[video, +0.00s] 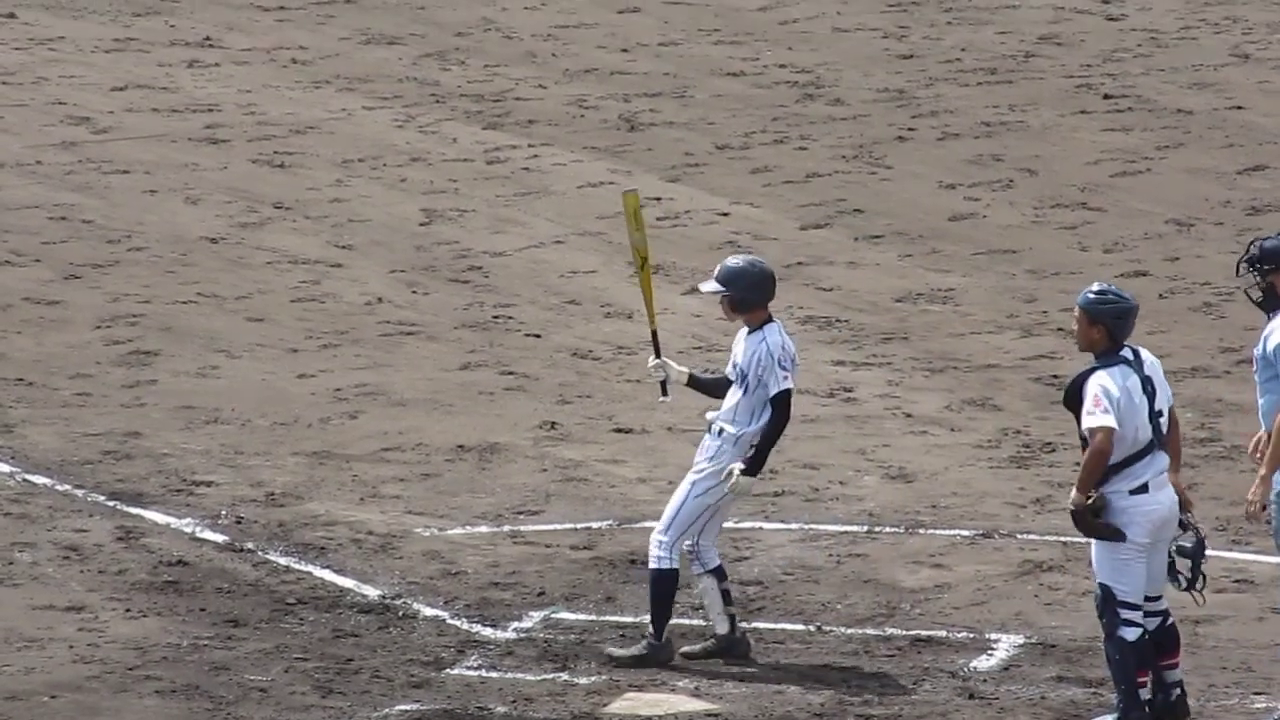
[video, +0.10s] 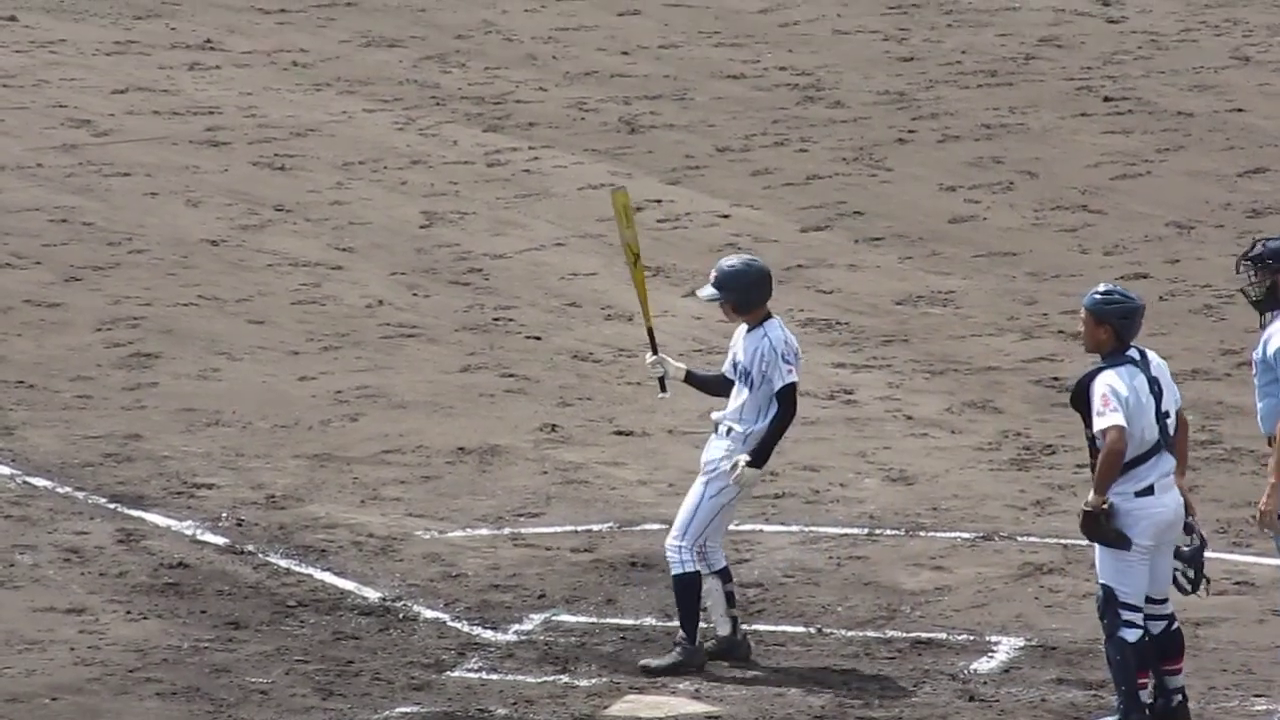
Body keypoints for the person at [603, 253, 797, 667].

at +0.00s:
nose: (719, 302)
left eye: (724, 296)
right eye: (720, 294)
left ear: (742, 299)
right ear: (755, 297)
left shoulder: (770, 345)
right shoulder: (749, 334)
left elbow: (781, 412)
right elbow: (728, 387)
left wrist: (753, 462)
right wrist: (681, 375)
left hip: (726, 456)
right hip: (721, 451)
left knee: (665, 541)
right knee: (701, 546)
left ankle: (656, 641)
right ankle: (728, 636)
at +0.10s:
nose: (719, 307)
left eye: (723, 300)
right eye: (719, 300)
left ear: (742, 300)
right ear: (751, 299)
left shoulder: (774, 341)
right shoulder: (748, 331)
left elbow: (787, 408)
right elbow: (728, 384)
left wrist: (755, 457)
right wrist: (678, 371)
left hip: (734, 455)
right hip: (723, 447)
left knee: (680, 546)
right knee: (706, 545)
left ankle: (688, 647)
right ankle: (730, 636)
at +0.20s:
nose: (723, 317)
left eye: (726, 310)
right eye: (721, 310)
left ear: (744, 307)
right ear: (742, 305)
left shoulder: (778, 339)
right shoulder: (743, 333)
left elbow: (796, 403)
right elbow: (723, 384)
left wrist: (769, 459)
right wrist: (676, 369)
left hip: (746, 454)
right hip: (725, 447)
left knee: (704, 548)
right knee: (707, 544)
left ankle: (729, 645)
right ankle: (727, 634)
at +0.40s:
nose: (728, 329)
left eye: (733, 322)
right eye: (724, 322)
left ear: (754, 315)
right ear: (724, 316)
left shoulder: (790, 341)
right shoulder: (731, 339)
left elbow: (820, 399)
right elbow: (711, 387)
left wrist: (812, 456)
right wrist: (665, 378)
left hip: (761, 462)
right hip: (728, 456)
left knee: (748, 556)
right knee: (717, 554)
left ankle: (787, 652)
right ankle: (735, 643)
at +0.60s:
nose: (744, 338)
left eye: (752, 332)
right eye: (739, 331)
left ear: (771, 325)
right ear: (733, 324)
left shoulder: (805, 350)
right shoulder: (725, 348)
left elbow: (836, 401)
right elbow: (708, 402)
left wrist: (850, 456)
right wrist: (666, 423)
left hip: (780, 466)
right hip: (737, 462)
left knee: (782, 567)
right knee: (720, 560)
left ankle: (797, 666)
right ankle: (736, 648)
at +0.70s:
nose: (762, 350)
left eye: (769, 343)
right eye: (755, 342)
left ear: (785, 333)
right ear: (744, 332)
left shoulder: (812, 355)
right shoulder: (728, 357)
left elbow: (842, 405)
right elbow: (713, 416)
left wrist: (860, 461)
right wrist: (685, 455)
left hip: (787, 471)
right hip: (742, 469)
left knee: (785, 569)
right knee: (723, 564)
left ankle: (798, 668)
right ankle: (738, 652)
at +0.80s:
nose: (776, 354)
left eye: (783, 348)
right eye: (770, 348)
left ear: (796, 338)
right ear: (758, 339)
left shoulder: (817, 358)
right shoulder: (732, 360)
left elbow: (843, 408)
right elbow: (725, 421)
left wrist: (864, 462)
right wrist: (717, 475)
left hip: (791, 474)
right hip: (744, 470)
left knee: (789, 571)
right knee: (726, 564)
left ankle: (798, 668)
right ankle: (738, 652)